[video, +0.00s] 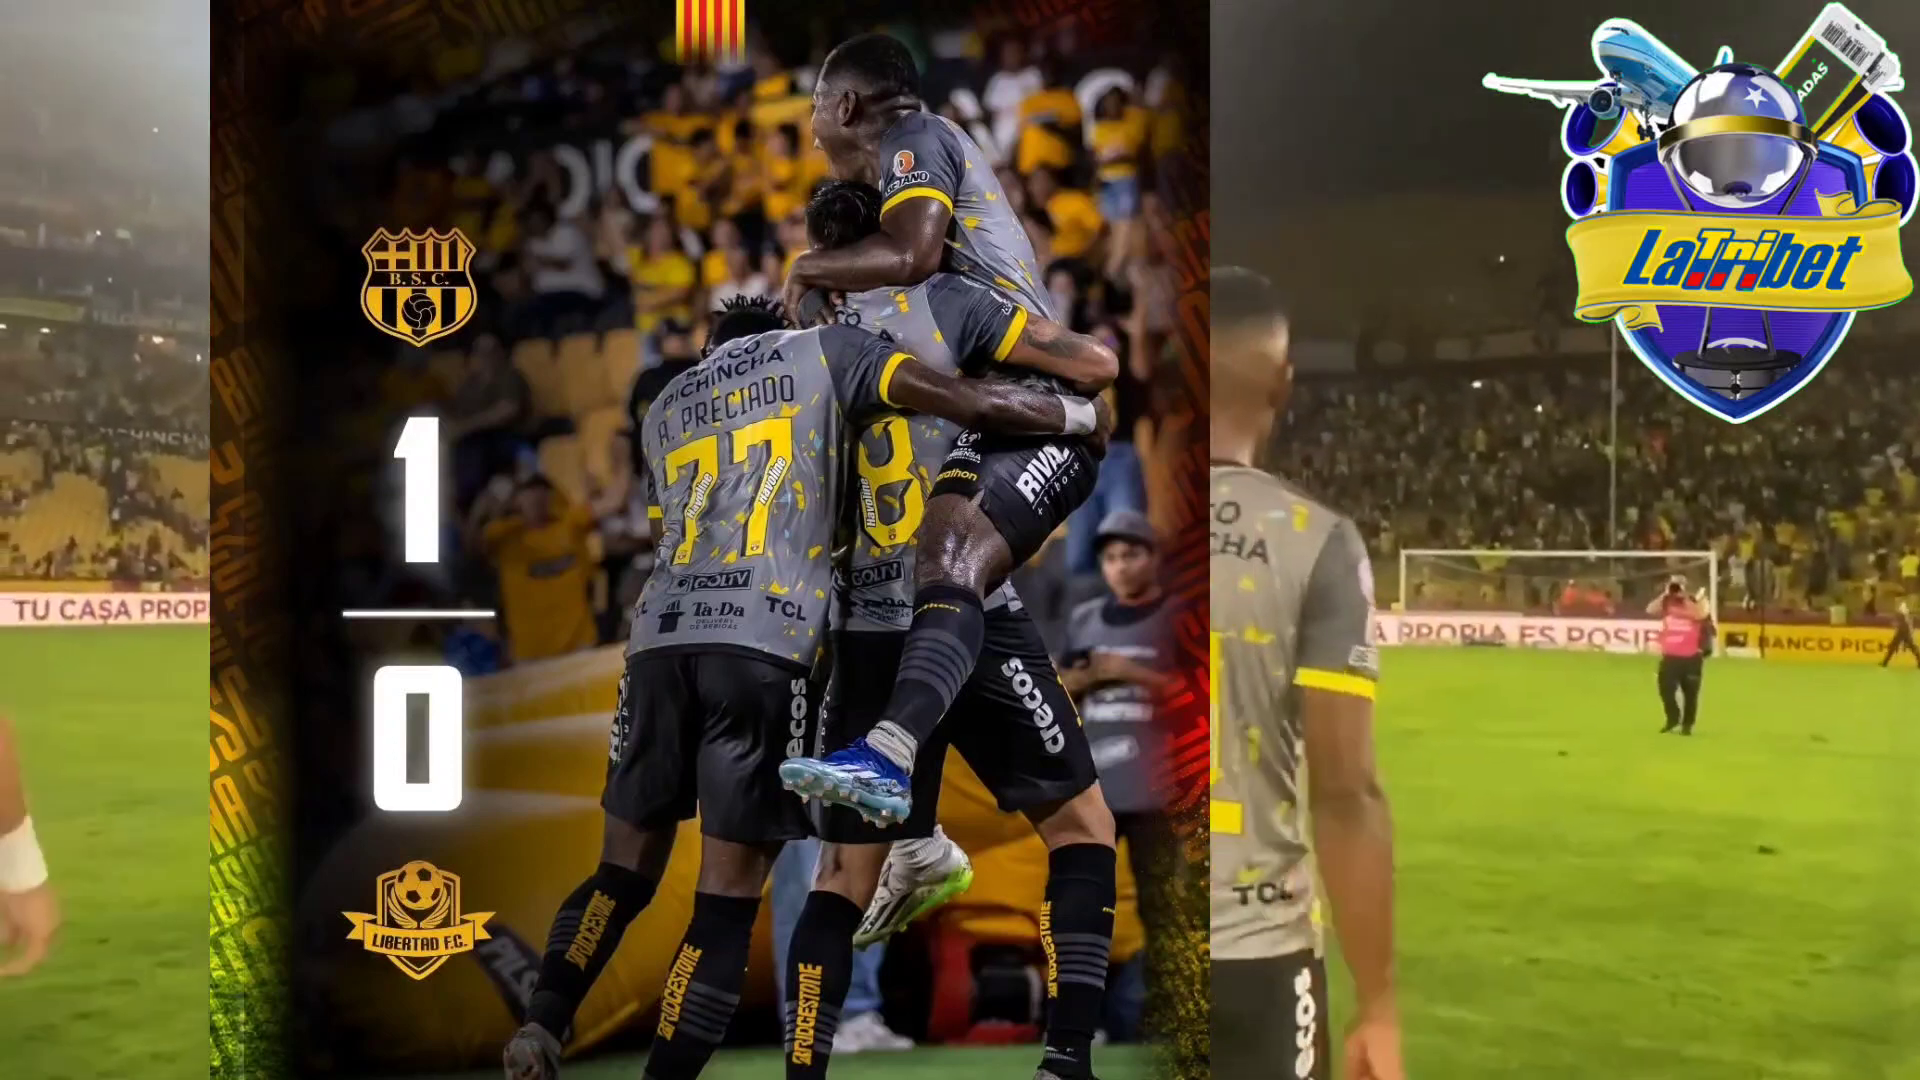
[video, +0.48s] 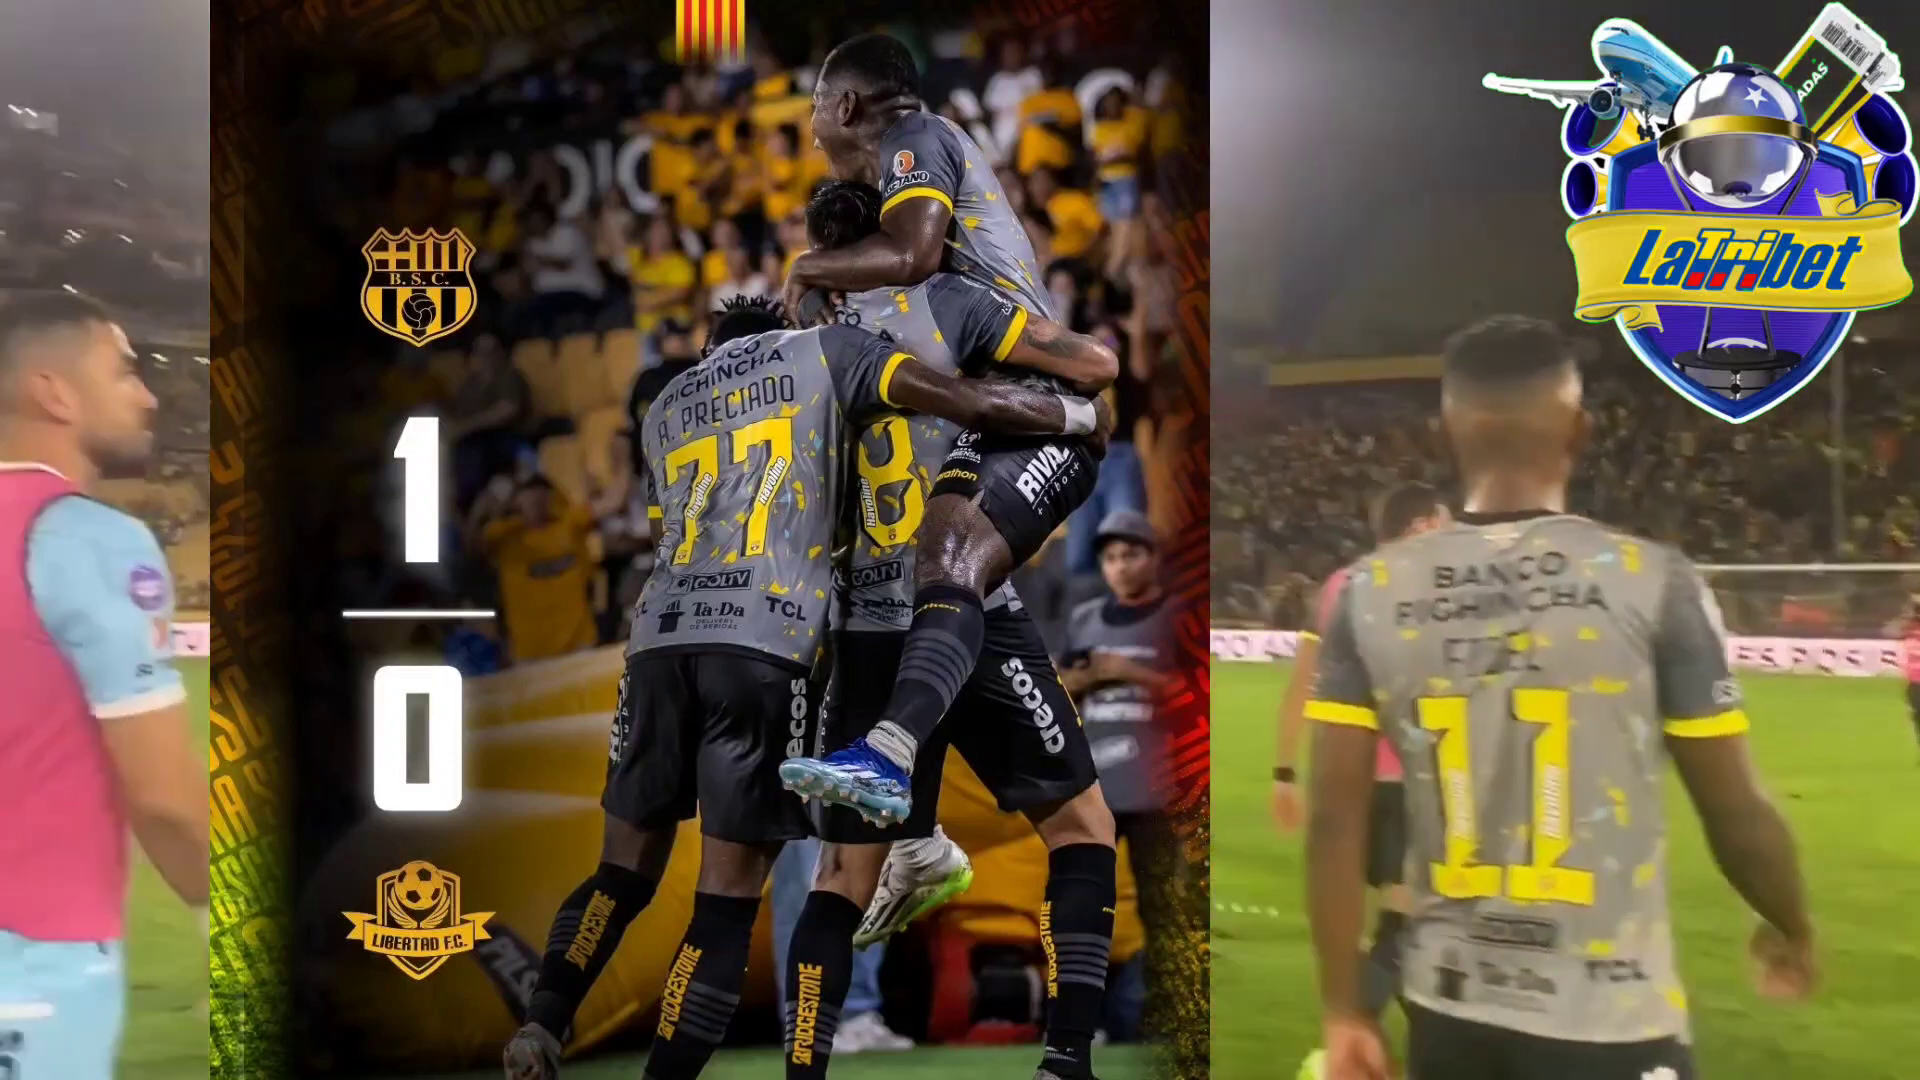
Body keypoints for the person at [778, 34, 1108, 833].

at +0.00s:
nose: (817, 129)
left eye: (822, 110)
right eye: (816, 112)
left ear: (857, 102)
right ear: (882, 103)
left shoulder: (913, 133)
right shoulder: (907, 159)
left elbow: (914, 250)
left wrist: (806, 265)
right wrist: (809, 296)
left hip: (1043, 402)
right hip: (981, 401)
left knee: (952, 558)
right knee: (894, 567)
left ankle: (888, 759)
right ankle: (916, 837)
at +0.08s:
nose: (816, 128)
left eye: (821, 109)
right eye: (815, 111)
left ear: (856, 102)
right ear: (881, 103)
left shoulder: (914, 135)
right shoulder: (912, 152)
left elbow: (914, 251)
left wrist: (807, 265)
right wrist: (808, 298)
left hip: (1043, 403)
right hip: (982, 401)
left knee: (953, 557)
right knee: (898, 565)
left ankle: (888, 759)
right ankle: (915, 837)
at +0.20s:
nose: (817, 128)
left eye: (822, 109)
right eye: (816, 110)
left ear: (857, 102)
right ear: (881, 103)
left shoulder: (913, 133)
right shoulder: (911, 151)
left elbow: (914, 250)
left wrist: (806, 265)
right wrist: (814, 295)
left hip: (1043, 401)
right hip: (981, 399)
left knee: (953, 556)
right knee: (895, 565)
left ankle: (888, 758)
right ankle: (916, 837)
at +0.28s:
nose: (815, 128)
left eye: (821, 108)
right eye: (814, 110)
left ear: (857, 102)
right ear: (879, 104)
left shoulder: (915, 134)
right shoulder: (905, 160)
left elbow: (914, 251)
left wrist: (807, 265)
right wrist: (811, 300)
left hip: (1042, 405)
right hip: (982, 403)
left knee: (952, 556)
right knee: (897, 564)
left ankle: (888, 759)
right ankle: (916, 836)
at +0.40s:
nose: (817, 128)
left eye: (822, 109)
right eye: (815, 111)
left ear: (856, 102)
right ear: (881, 103)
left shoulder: (914, 133)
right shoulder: (911, 151)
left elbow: (914, 250)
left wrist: (807, 265)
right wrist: (812, 296)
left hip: (1042, 404)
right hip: (981, 402)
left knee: (953, 557)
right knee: (897, 565)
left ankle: (888, 758)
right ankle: (916, 837)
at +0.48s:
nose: (815, 126)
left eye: (821, 107)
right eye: (814, 109)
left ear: (856, 102)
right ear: (881, 103)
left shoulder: (914, 135)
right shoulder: (906, 159)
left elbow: (914, 250)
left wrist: (806, 265)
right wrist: (808, 297)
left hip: (1044, 400)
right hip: (982, 398)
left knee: (953, 555)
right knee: (898, 566)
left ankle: (889, 756)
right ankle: (915, 837)